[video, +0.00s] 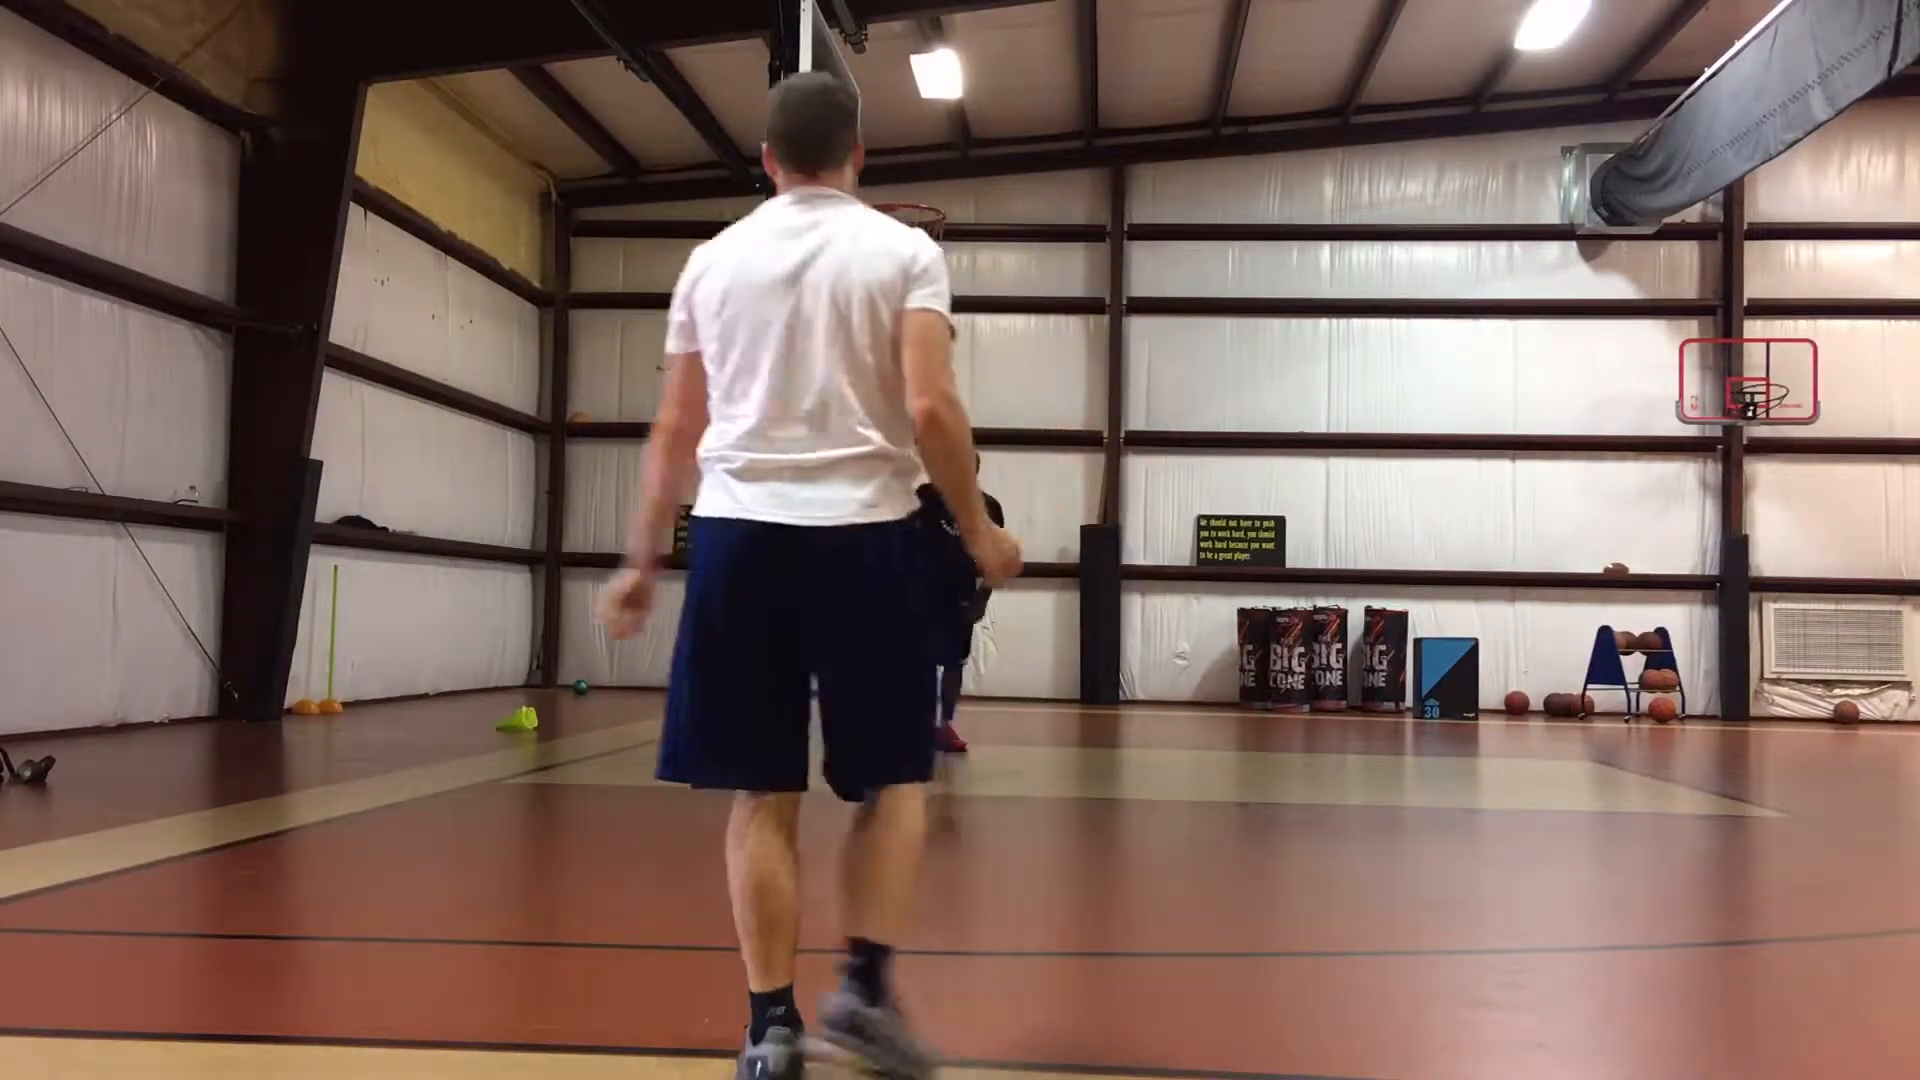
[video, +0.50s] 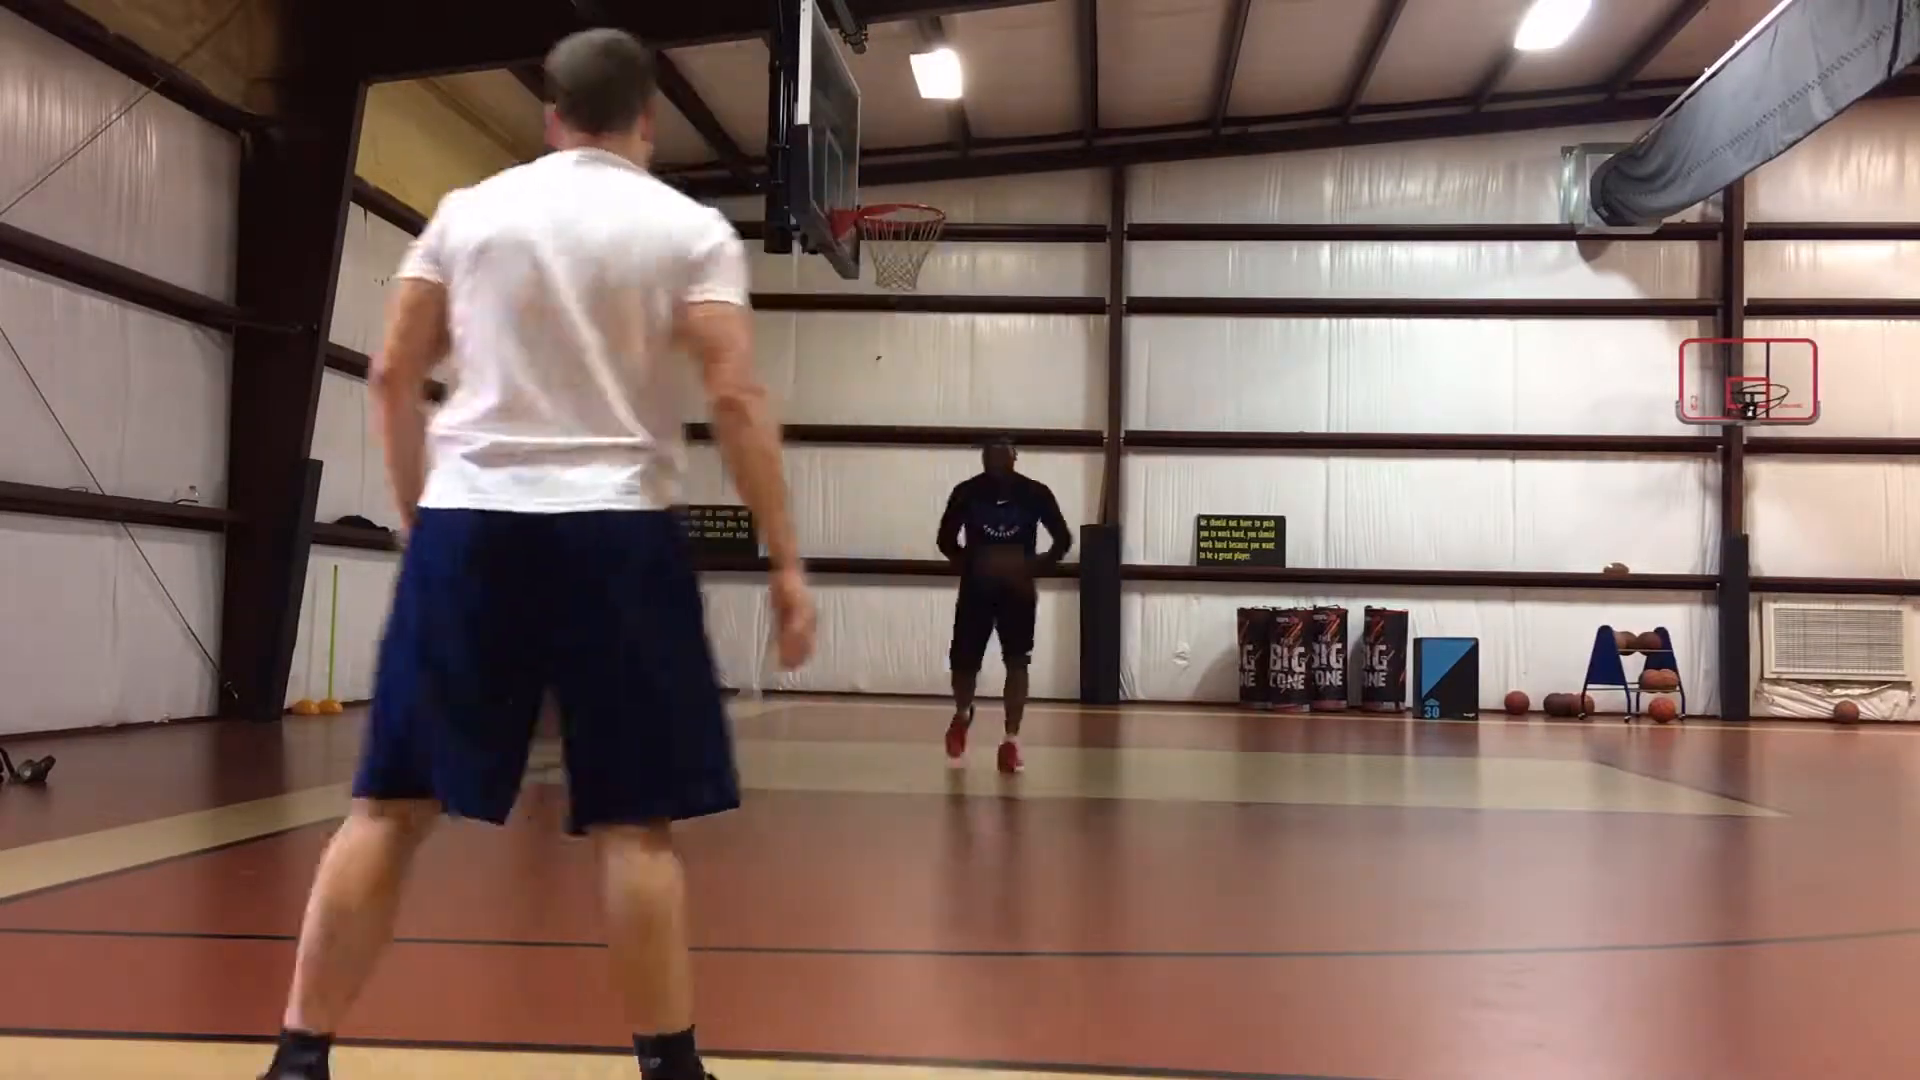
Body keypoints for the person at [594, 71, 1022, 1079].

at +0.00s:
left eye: (775, 153)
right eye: (856, 151)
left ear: (765, 160)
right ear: (860, 155)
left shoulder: (710, 262)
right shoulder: (904, 250)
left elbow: (675, 432)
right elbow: (931, 407)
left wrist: (642, 558)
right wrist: (978, 529)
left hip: (738, 556)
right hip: (871, 555)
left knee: (760, 790)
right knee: (892, 779)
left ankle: (772, 1030)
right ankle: (866, 988)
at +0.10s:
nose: (852, 159)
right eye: (856, 146)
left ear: (751, 152)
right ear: (846, 149)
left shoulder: (690, 255)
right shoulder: (887, 243)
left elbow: (616, 404)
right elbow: (926, 404)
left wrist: (570, 538)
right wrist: (967, 509)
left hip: (715, 545)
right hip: (840, 544)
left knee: (751, 785)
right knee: (851, 789)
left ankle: (771, 1019)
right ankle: (771, 988)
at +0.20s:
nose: (847, 156)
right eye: (849, 144)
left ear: (745, 144)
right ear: (839, 145)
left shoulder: (676, 239)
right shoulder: (878, 242)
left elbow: (591, 373)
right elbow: (938, 409)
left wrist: (537, 516)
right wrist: (965, 503)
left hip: (685, 533)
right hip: (809, 533)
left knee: (726, 782)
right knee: (784, 788)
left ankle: (764, 1026)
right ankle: (715, 1031)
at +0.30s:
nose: (847, 161)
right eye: (848, 148)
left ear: (742, 142)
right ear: (837, 147)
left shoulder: (661, 232)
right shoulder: (868, 247)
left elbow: (587, 366)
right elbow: (934, 417)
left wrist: (524, 508)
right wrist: (960, 515)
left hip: (644, 521)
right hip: (776, 523)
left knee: (694, 783)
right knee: (739, 800)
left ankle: (735, 1020)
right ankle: (691, 1052)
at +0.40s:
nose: (790, 150)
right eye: (795, 137)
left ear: (688, 131)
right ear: (788, 138)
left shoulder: (606, 213)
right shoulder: (822, 239)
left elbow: (524, 357)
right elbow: (891, 427)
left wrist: (516, 507)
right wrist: (931, 568)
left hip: (587, 517)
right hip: (729, 523)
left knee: (572, 791)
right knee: (691, 810)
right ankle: (681, 1063)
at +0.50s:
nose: (653, 133)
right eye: (656, 118)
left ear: (551, 115)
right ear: (648, 121)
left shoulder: (464, 213)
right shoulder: (690, 230)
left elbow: (394, 376)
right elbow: (734, 398)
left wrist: (421, 522)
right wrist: (784, 563)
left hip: (465, 539)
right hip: (619, 547)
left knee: (388, 808)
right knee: (638, 826)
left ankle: (296, 1060)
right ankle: (672, 1066)